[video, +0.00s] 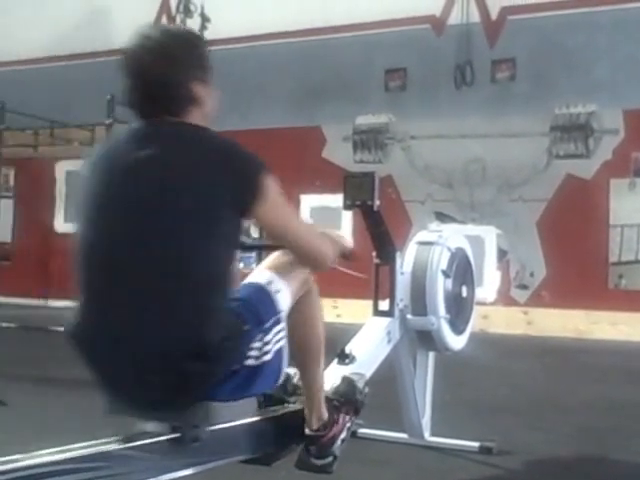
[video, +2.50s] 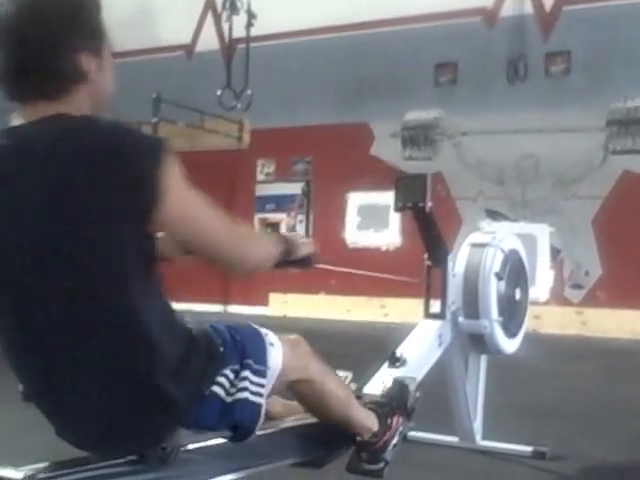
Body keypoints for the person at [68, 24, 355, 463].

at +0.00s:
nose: (215, 92)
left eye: (211, 79)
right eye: (210, 80)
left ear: (140, 91)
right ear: (194, 89)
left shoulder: (108, 158)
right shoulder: (227, 160)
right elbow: (319, 255)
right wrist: (332, 241)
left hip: (114, 371)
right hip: (192, 374)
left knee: (223, 269)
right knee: (300, 263)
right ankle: (319, 422)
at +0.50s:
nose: (260, 110)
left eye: (256, 99)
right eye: (255, 99)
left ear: (189, 109)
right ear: (243, 109)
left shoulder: (162, 163)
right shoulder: (255, 163)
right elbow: (344, 221)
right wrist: (378, 246)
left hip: (152, 370)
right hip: (229, 373)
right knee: (306, 257)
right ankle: (318, 423)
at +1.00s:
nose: (40, 81)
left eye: (38, 65)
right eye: (38, 65)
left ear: (7, 66)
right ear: (11, 67)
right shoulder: (42, 157)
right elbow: (157, 287)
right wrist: (196, 264)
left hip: (10, 396)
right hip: (73, 387)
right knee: (242, 363)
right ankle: (324, 432)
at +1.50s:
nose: (199, 90)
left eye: (196, 77)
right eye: (194, 77)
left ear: (115, 86)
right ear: (176, 84)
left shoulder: (83, 159)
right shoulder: (203, 168)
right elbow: (305, 271)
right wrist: (302, 244)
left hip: (98, 388)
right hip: (178, 391)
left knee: (229, 284)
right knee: (302, 292)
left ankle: (262, 418)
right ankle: (334, 435)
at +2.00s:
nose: (300, 121)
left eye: (297, 111)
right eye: (297, 112)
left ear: (230, 123)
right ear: (286, 122)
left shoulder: (203, 175)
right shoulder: (300, 176)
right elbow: (383, 231)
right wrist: (411, 255)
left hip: (197, 377)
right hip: (275, 381)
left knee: (306, 235)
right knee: (349, 260)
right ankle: (347, 423)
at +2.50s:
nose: (113, 75)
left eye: (111, 62)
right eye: (109, 61)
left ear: (14, 70)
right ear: (88, 64)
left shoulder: (5, 156)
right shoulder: (125, 154)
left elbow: (71, 255)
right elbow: (248, 256)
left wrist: (174, 244)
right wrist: (280, 241)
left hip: (64, 404)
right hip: (150, 382)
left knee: (263, 399)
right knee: (297, 356)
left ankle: (334, 407)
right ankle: (371, 429)